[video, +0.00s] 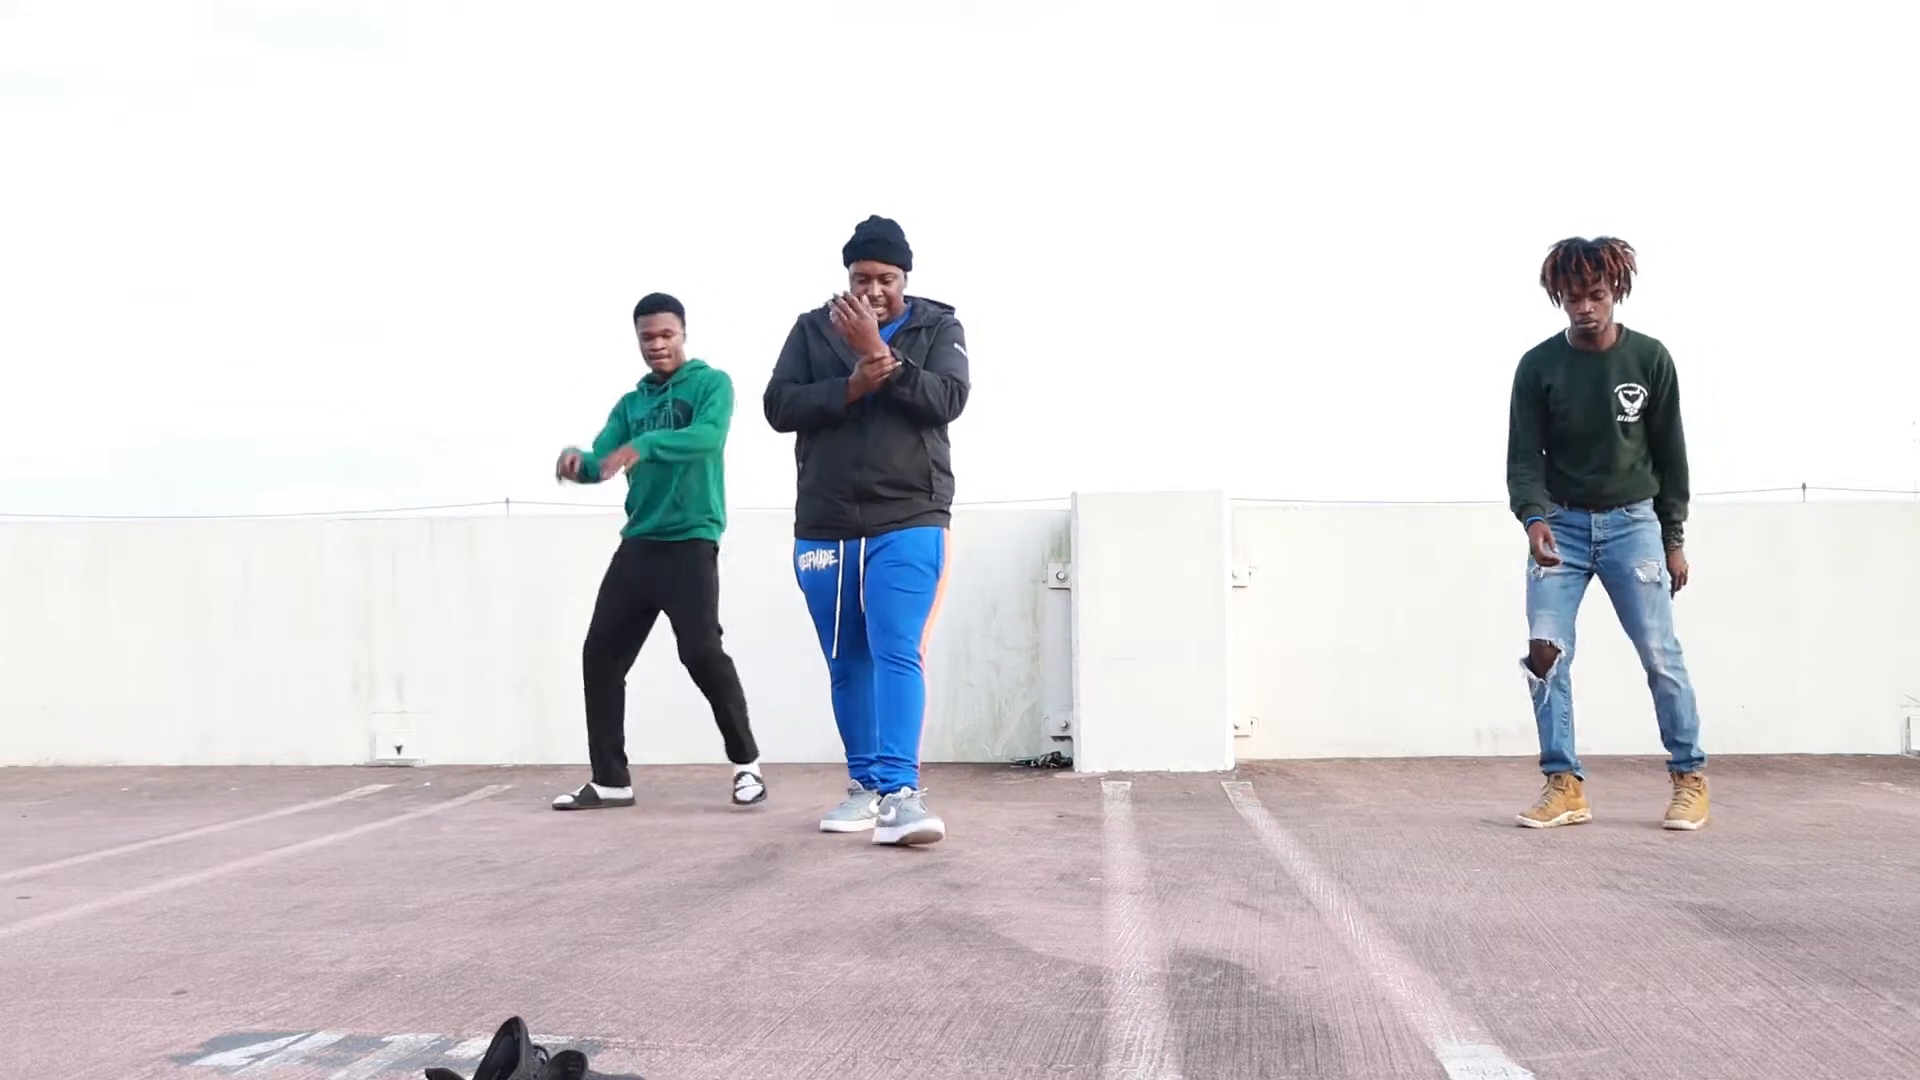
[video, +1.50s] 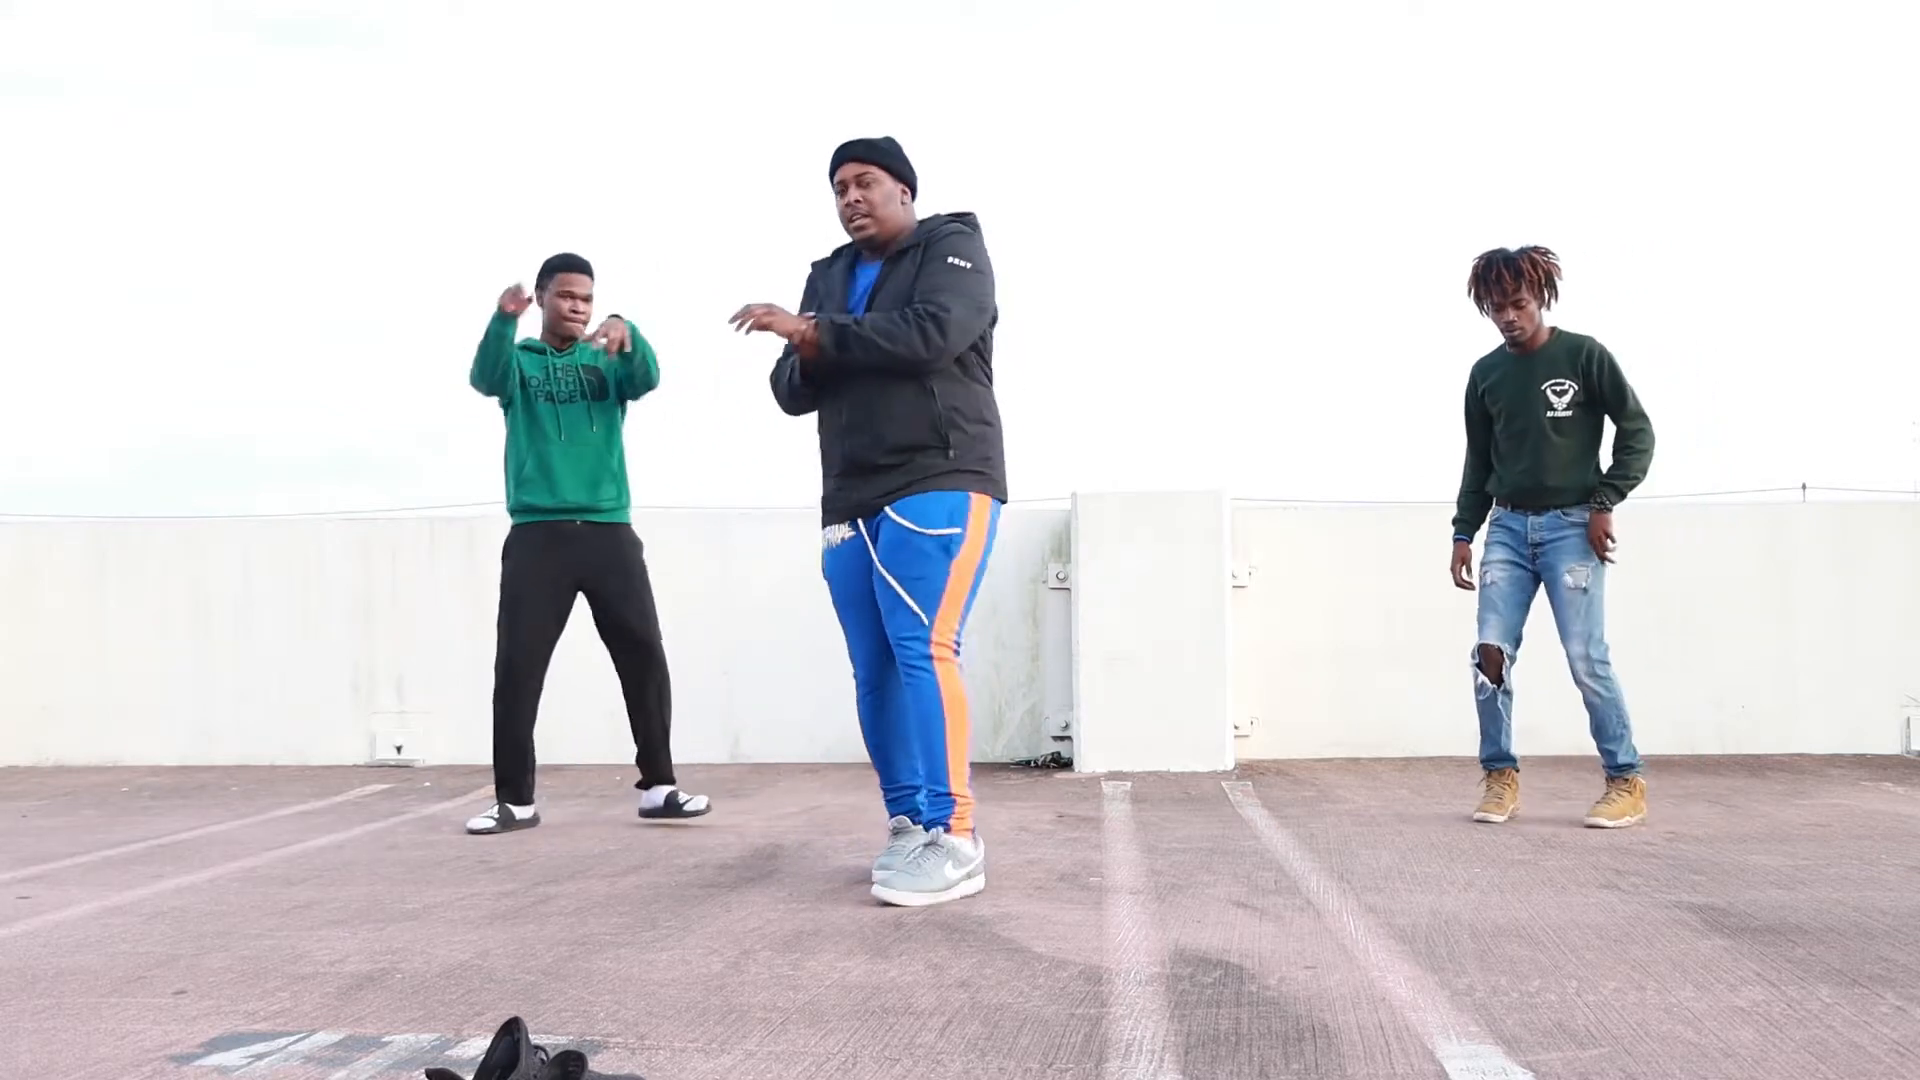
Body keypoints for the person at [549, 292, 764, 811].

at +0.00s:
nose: (658, 345)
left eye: (666, 336)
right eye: (648, 338)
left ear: (685, 336)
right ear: (639, 343)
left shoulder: (710, 382)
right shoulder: (631, 405)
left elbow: (709, 437)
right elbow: (603, 465)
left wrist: (642, 447)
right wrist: (577, 463)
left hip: (691, 545)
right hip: (637, 548)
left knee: (700, 652)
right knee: (601, 656)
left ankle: (747, 766)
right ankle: (611, 781)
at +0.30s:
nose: (649, 344)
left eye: (657, 334)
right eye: (638, 337)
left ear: (672, 333)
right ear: (624, 340)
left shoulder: (698, 383)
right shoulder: (607, 381)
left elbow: (719, 411)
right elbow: (602, 406)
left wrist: (729, 433)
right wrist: (642, 412)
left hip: (676, 549)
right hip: (613, 549)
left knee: (687, 660)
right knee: (592, 665)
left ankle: (700, 788)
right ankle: (608, 780)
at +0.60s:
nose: (667, 325)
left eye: (677, 314)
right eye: (659, 316)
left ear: (700, 313)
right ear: (649, 318)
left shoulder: (719, 368)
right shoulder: (634, 359)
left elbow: (738, 416)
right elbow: (590, 381)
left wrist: (729, 383)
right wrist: (625, 359)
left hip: (673, 536)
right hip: (617, 530)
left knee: (677, 655)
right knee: (582, 647)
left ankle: (698, 791)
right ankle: (601, 770)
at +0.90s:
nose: (633, 321)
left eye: (644, 310)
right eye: (628, 311)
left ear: (676, 308)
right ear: (624, 312)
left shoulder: (700, 355)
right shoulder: (623, 368)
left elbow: (664, 393)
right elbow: (567, 407)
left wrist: (574, 361)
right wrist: (522, 369)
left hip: (661, 538)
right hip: (606, 534)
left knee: (672, 661)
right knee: (567, 655)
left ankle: (699, 792)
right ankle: (528, 786)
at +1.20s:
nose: (578, 344)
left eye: (589, 333)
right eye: (569, 335)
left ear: (614, 332)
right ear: (561, 338)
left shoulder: (640, 382)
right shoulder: (557, 403)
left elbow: (608, 436)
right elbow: (513, 455)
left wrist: (533, 451)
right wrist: (471, 443)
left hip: (609, 562)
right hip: (549, 560)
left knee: (633, 680)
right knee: (502, 668)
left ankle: (695, 792)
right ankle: (516, 803)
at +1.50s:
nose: (576, 306)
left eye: (585, 298)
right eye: (565, 296)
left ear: (593, 305)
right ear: (542, 301)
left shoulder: (607, 359)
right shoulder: (519, 358)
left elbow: (644, 379)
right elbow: (488, 378)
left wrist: (628, 335)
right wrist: (505, 318)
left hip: (610, 534)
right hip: (538, 535)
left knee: (644, 655)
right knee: (517, 668)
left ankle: (658, 788)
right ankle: (514, 801)